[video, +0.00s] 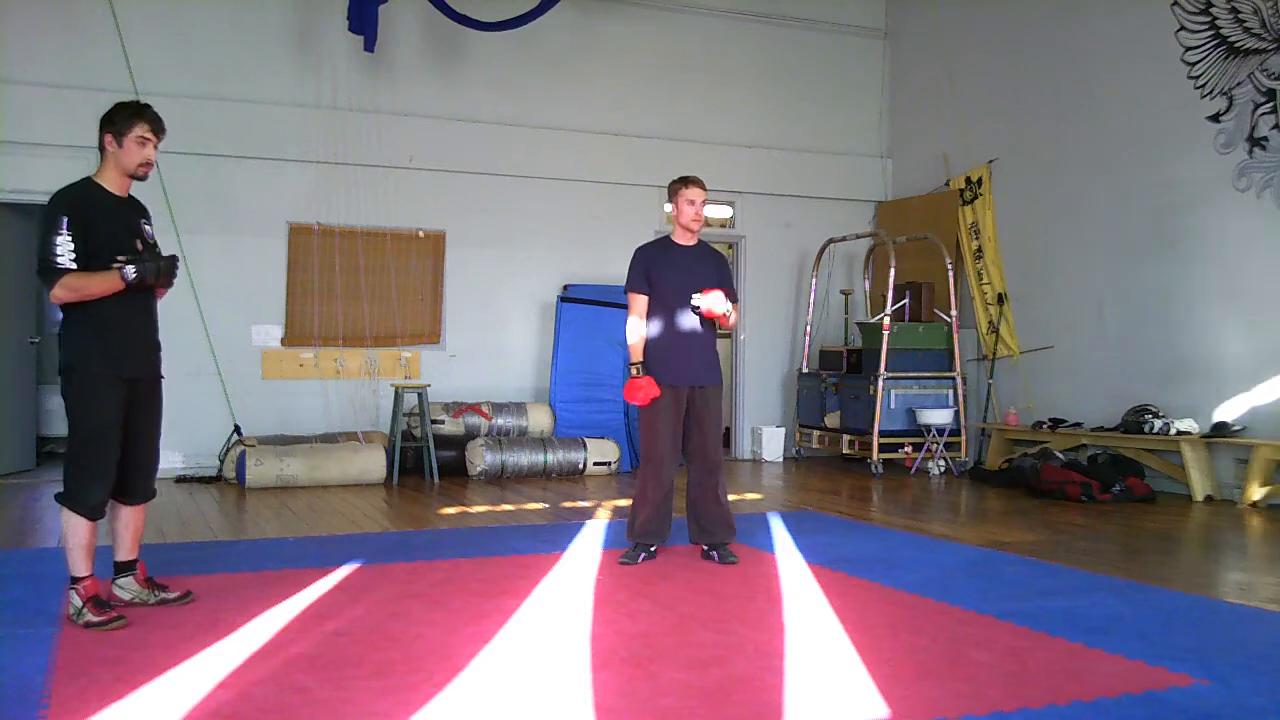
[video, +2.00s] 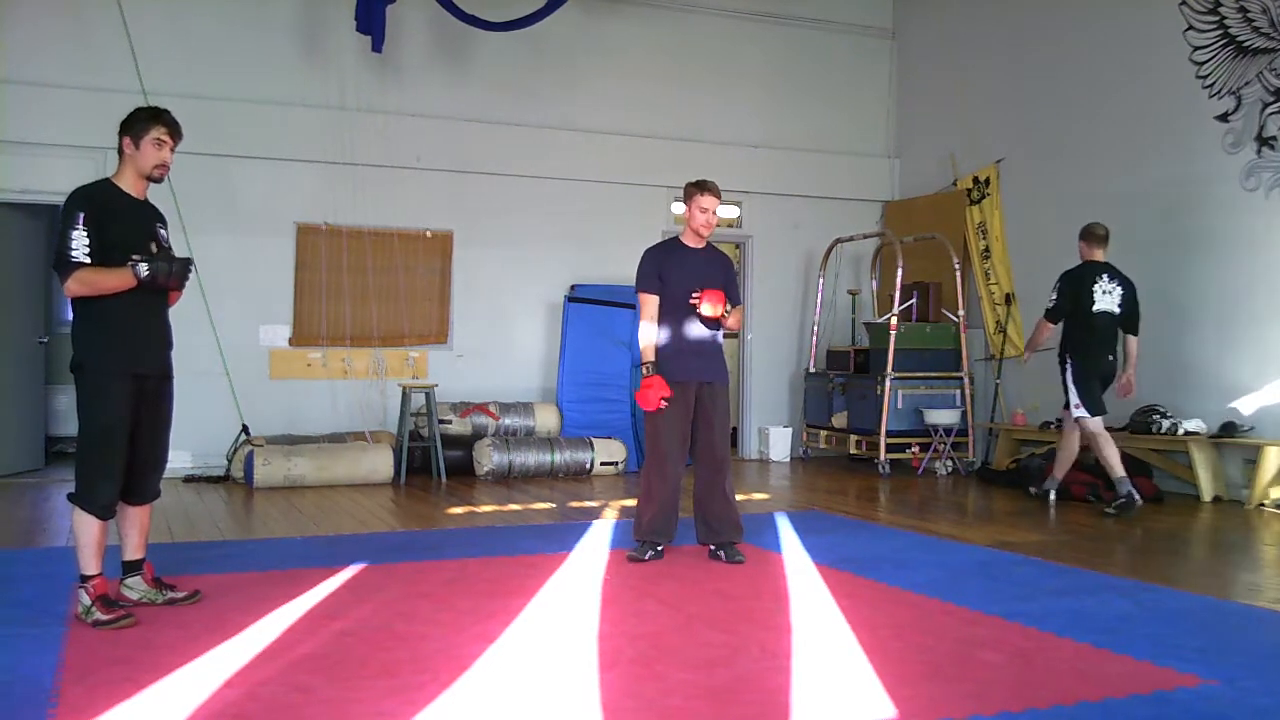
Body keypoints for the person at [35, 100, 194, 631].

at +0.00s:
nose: (152, 154)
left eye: (156, 145)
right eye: (143, 142)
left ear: (150, 150)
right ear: (110, 140)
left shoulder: (139, 213)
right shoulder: (69, 203)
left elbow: (145, 294)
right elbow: (60, 289)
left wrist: (161, 279)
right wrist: (131, 273)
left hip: (142, 364)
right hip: (92, 365)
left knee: (135, 471)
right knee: (88, 474)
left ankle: (128, 580)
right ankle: (81, 593)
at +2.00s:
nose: (167, 156)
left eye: (171, 148)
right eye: (159, 145)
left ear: (167, 154)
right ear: (127, 144)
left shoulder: (155, 218)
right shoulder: (87, 200)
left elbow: (164, 299)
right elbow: (74, 282)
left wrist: (177, 278)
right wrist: (143, 273)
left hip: (152, 364)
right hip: (104, 363)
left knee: (142, 471)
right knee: (99, 472)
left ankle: (135, 579)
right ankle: (90, 591)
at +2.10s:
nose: (167, 157)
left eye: (171, 149)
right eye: (159, 145)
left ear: (167, 154)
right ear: (127, 143)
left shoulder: (156, 216)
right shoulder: (87, 200)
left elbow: (167, 299)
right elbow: (77, 282)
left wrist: (179, 277)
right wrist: (144, 272)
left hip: (156, 362)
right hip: (107, 362)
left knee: (146, 470)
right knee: (104, 471)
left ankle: (138, 578)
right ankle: (93, 590)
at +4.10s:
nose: (91, 143)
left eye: (93, 134)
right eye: (82, 132)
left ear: (67, 140)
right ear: (47, 135)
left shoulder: (61, 199)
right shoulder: (20, 193)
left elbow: (66, 265)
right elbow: (53, 269)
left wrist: (102, 247)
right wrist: (108, 238)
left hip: (78, 360)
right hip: (37, 360)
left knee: (69, 465)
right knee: (28, 466)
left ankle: (56, 576)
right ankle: (9, 587)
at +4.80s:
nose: (119, 146)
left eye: (124, 137)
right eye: (109, 134)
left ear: (124, 145)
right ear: (79, 137)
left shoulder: (121, 208)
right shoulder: (38, 199)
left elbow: (144, 288)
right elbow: (19, 282)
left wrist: (133, 273)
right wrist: (95, 269)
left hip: (117, 361)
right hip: (61, 361)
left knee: (135, 465)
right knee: (61, 472)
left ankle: (118, 572)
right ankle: (64, 590)